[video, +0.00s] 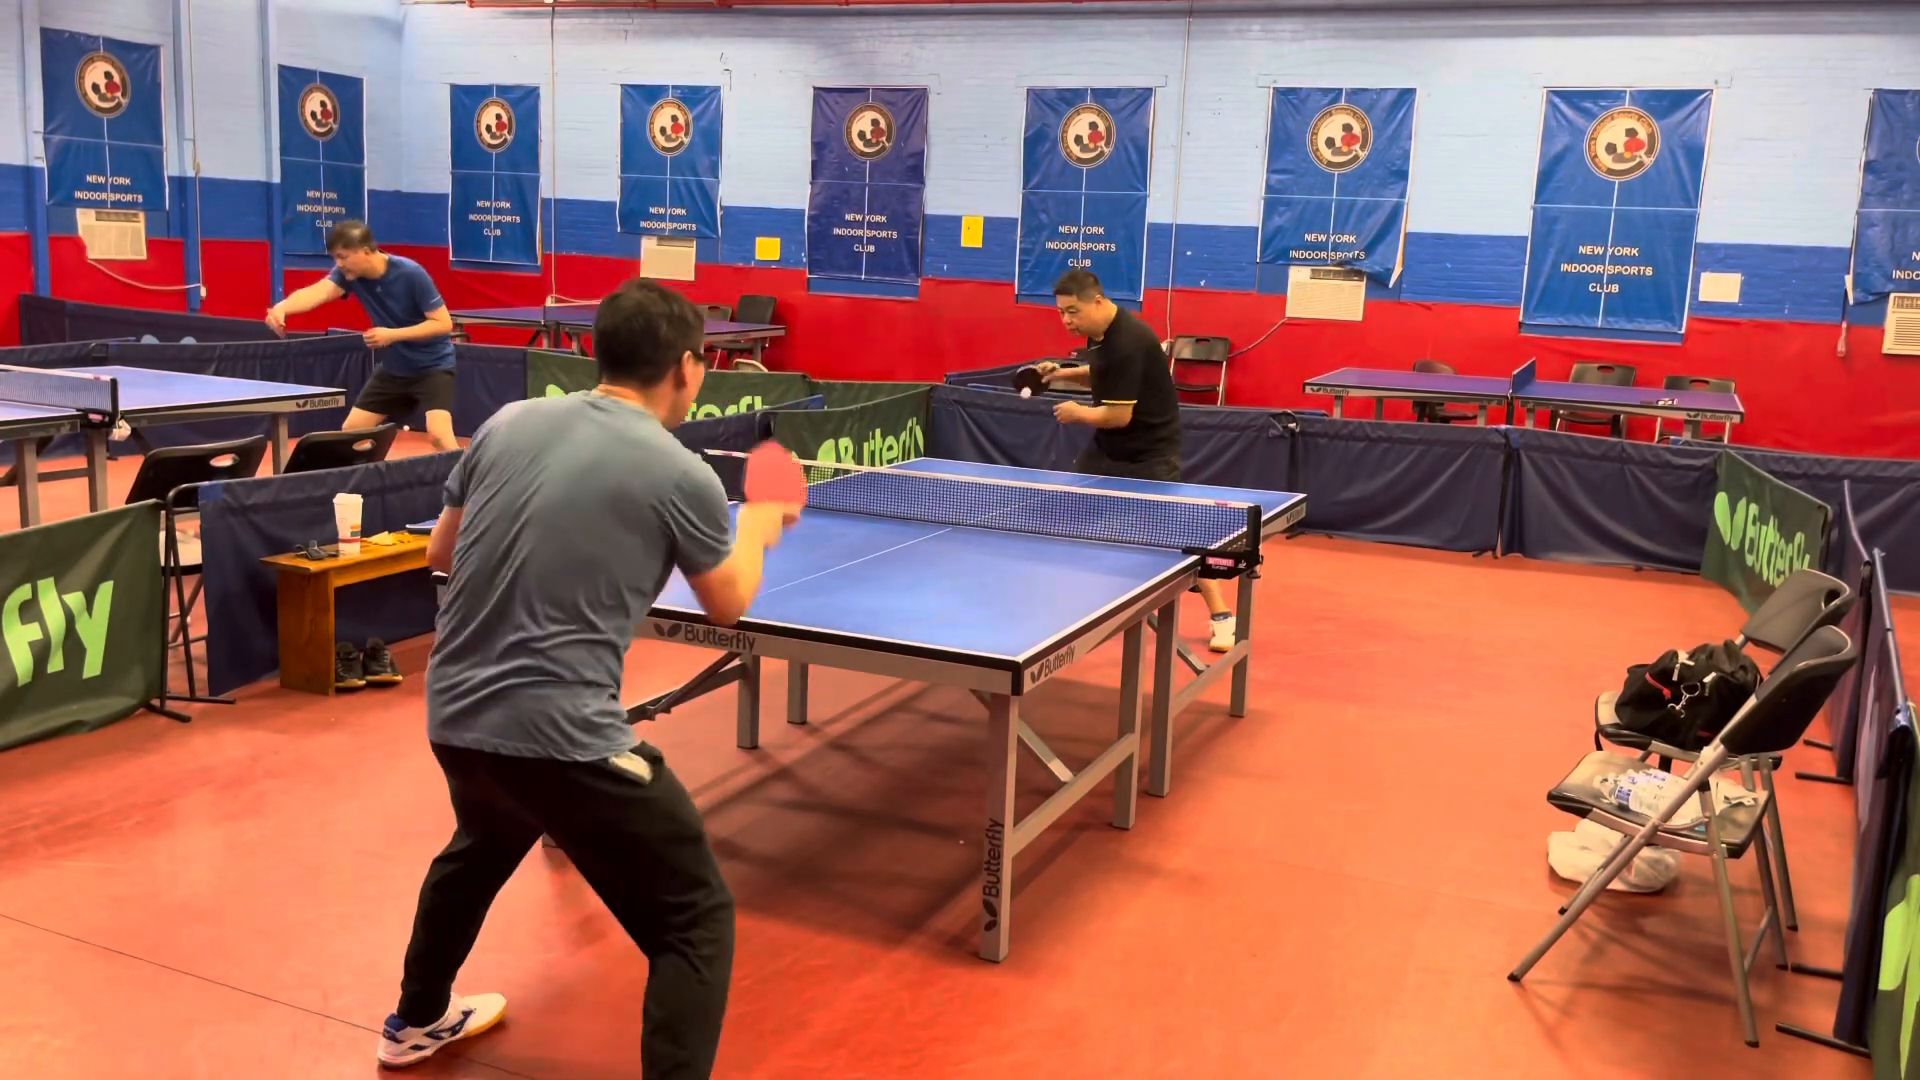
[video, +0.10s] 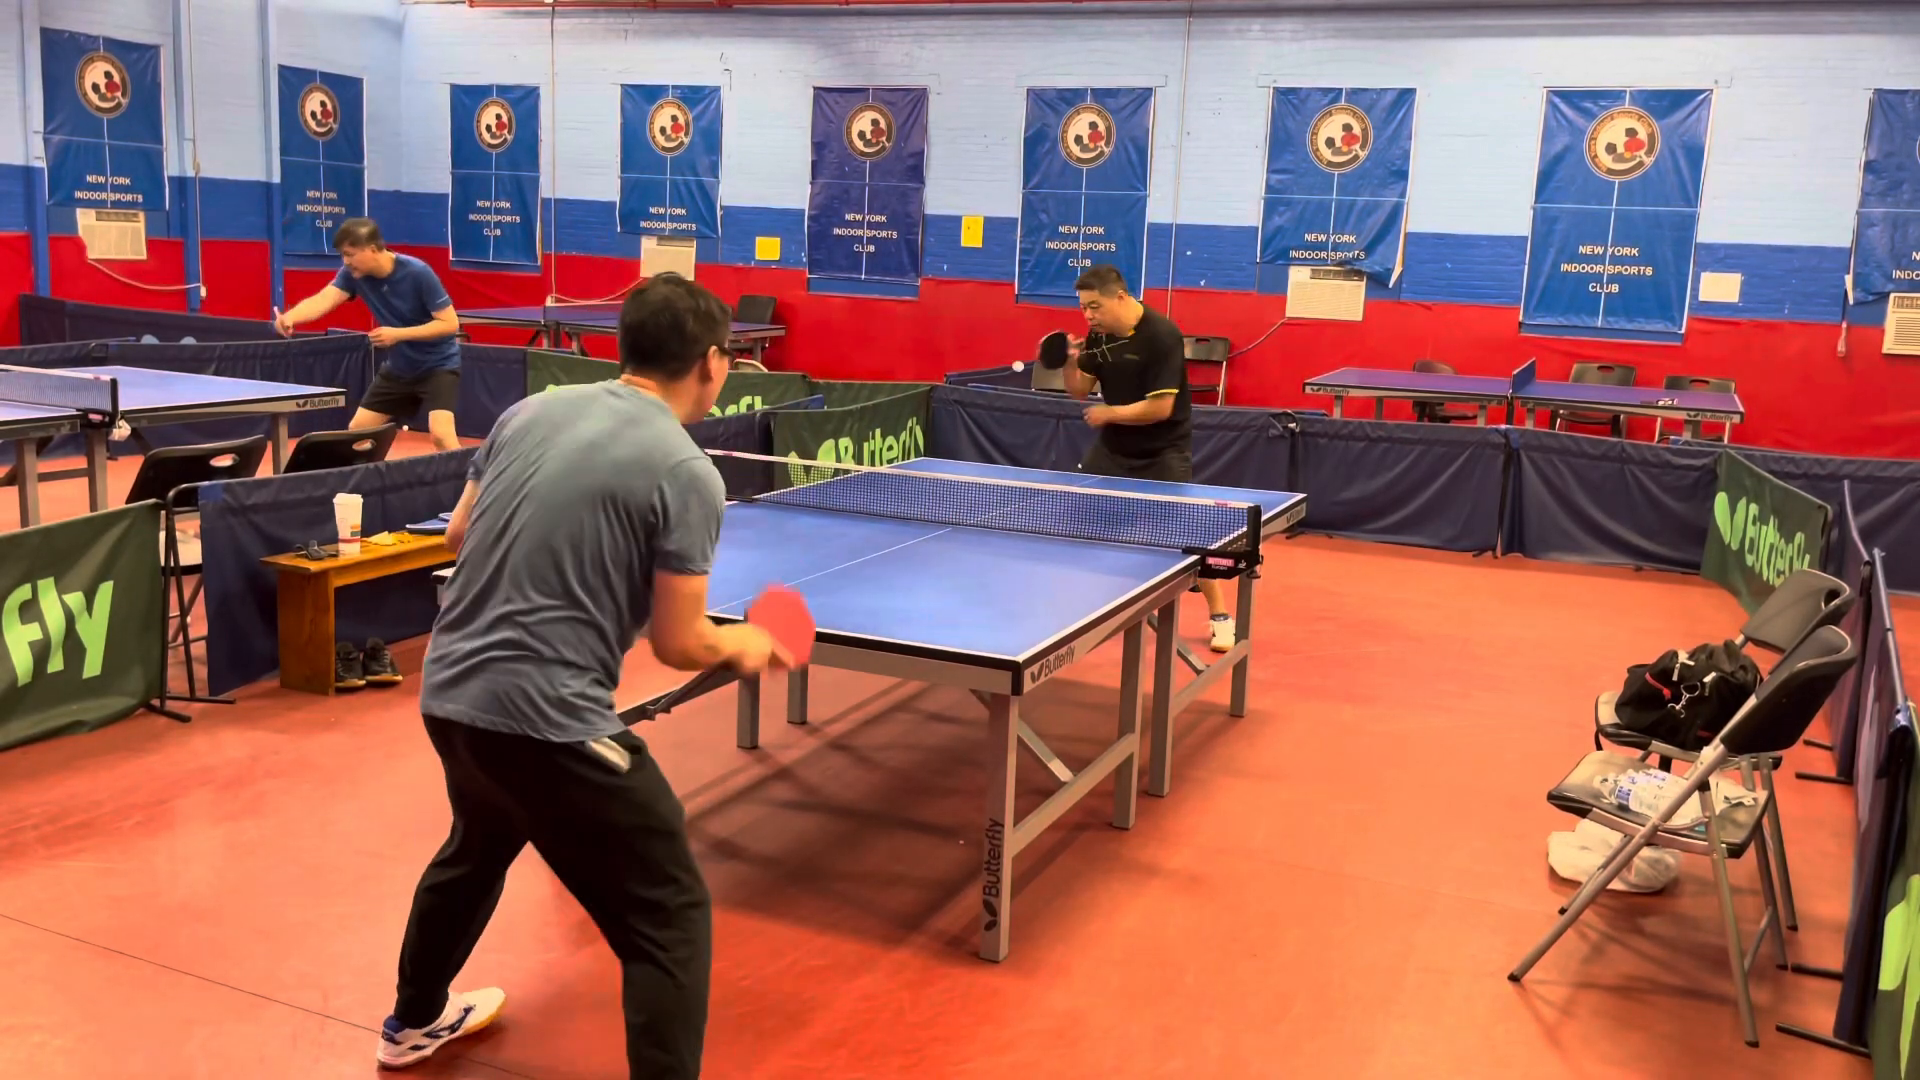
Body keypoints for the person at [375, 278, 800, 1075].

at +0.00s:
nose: (700, 377)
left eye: (701, 363)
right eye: (700, 362)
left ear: (604, 357)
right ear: (681, 367)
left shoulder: (508, 422)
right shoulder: (678, 471)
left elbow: (441, 554)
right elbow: (728, 600)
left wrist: (534, 538)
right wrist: (764, 518)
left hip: (457, 722)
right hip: (567, 737)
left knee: (487, 839)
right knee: (695, 918)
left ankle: (417, 1018)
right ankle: (675, 1073)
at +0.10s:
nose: (728, 373)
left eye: (726, 357)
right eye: (726, 357)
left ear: (626, 351)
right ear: (706, 363)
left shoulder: (530, 411)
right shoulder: (684, 470)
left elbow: (462, 529)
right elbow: (677, 640)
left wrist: (561, 565)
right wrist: (743, 643)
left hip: (452, 700)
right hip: (554, 722)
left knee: (479, 842)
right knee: (669, 916)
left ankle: (415, 1019)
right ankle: (665, 1073)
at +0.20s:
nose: (742, 382)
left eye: (745, 367)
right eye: (743, 367)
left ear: (646, 355)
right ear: (723, 370)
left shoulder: (556, 410)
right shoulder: (667, 466)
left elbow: (526, 553)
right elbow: (613, 635)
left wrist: (629, 624)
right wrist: (692, 743)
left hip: (448, 683)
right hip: (528, 710)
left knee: (472, 852)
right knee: (639, 916)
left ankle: (400, 1023)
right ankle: (650, 1068)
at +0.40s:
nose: (730, 409)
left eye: (733, 391)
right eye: (728, 391)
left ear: (644, 377)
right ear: (693, 390)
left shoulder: (571, 430)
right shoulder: (609, 474)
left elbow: (544, 572)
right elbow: (551, 635)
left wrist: (652, 612)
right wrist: (657, 723)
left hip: (455, 704)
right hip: (515, 721)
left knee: (514, 847)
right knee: (651, 912)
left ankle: (401, 1025)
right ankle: (655, 1070)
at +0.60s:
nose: (692, 330)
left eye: (692, 313)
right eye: (688, 312)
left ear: (589, 309)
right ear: (655, 314)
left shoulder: (501, 374)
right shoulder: (641, 418)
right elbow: (734, 524)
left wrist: (596, 547)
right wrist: (799, 463)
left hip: (434, 669)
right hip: (522, 690)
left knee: (455, 853)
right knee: (605, 911)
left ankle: (400, 1023)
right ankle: (639, 1069)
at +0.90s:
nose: (698, 380)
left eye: (699, 366)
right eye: (698, 365)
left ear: (600, 358)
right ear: (683, 368)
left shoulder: (503, 418)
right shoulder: (679, 474)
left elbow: (428, 541)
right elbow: (716, 615)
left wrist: (496, 591)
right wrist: (756, 552)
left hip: (448, 715)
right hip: (560, 734)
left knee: (474, 844)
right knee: (677, 923)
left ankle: (404, 1025)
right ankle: (657, 1071)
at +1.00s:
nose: (723, 381)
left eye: (722, 365)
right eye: (722, 366)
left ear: (626, 357)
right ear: (705, 368)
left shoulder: (521, 410)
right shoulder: (683, 475)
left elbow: (443, 523)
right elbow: (664, 644)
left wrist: (536, 559)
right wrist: (732, 677)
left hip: (437, 695)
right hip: (540, 718)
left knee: (468, 845)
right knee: (650, 927)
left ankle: (402, 1026)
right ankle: (646, 1072)